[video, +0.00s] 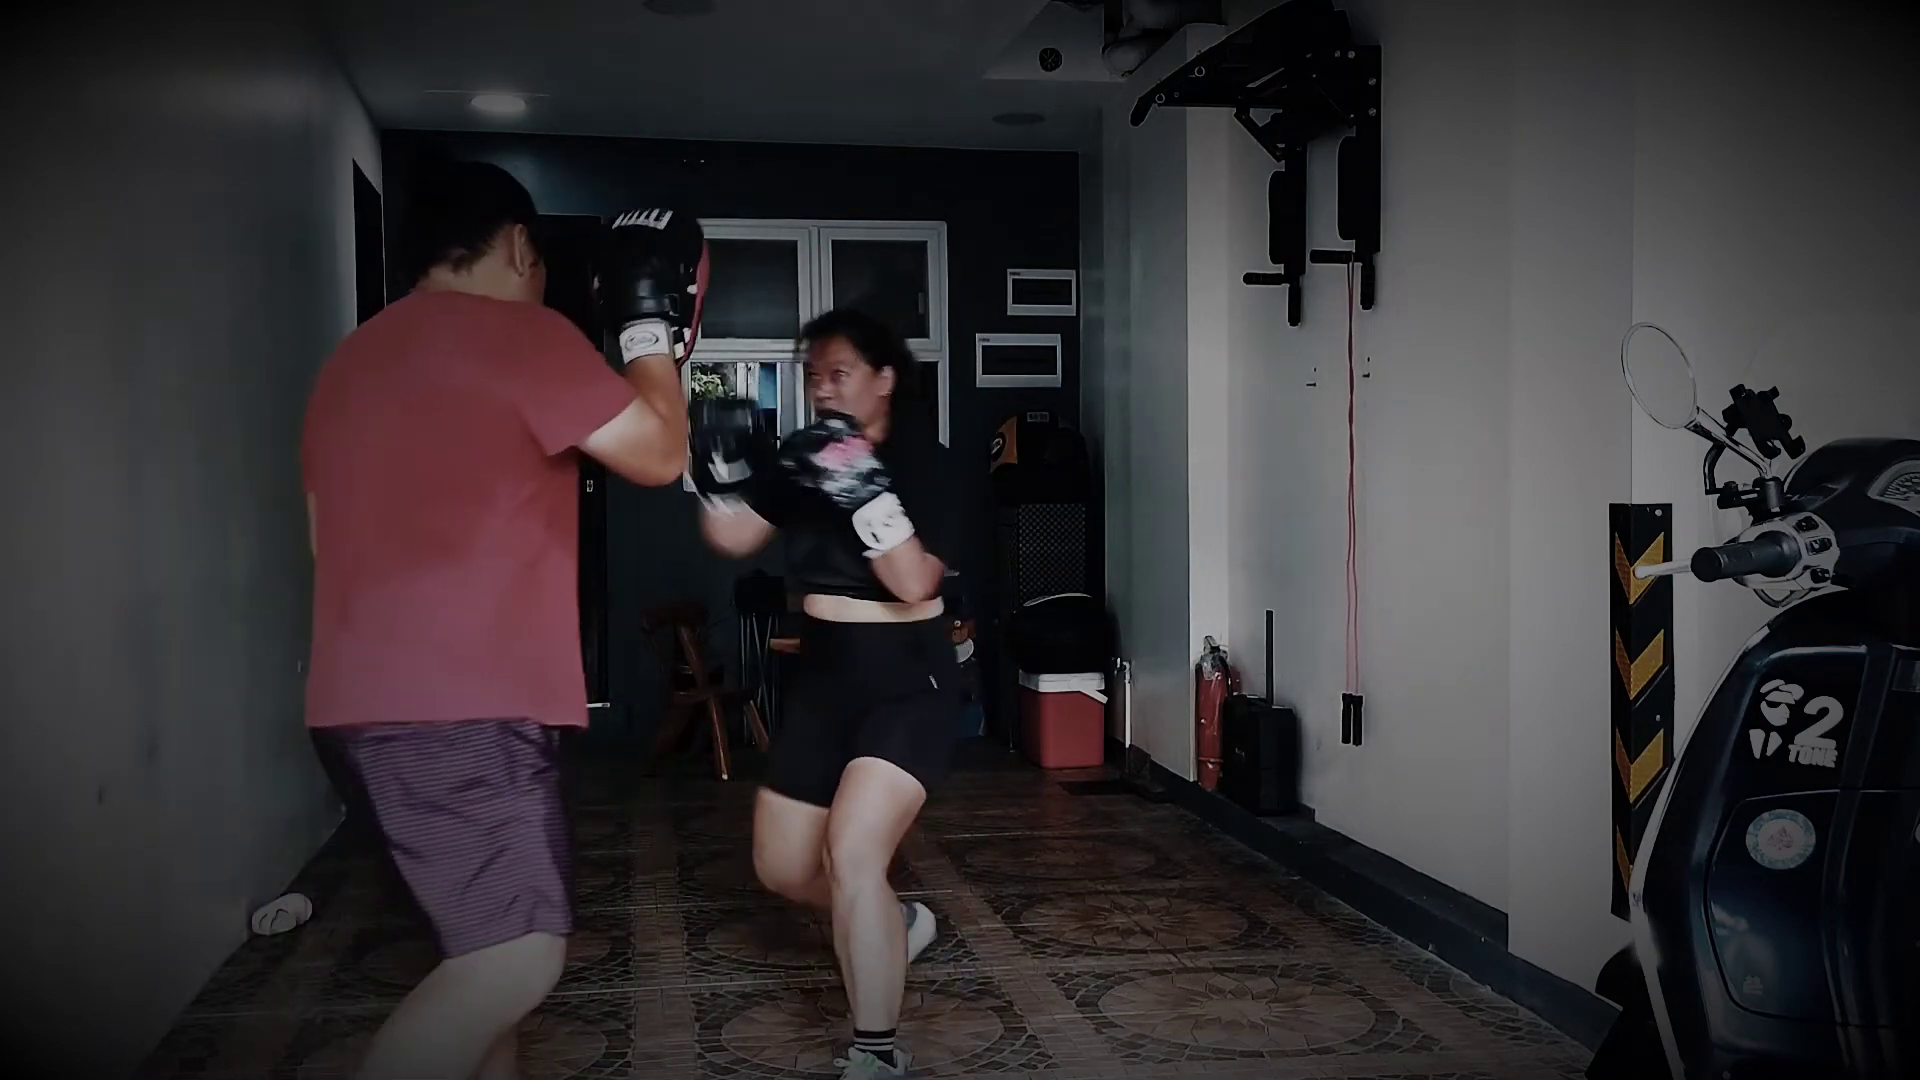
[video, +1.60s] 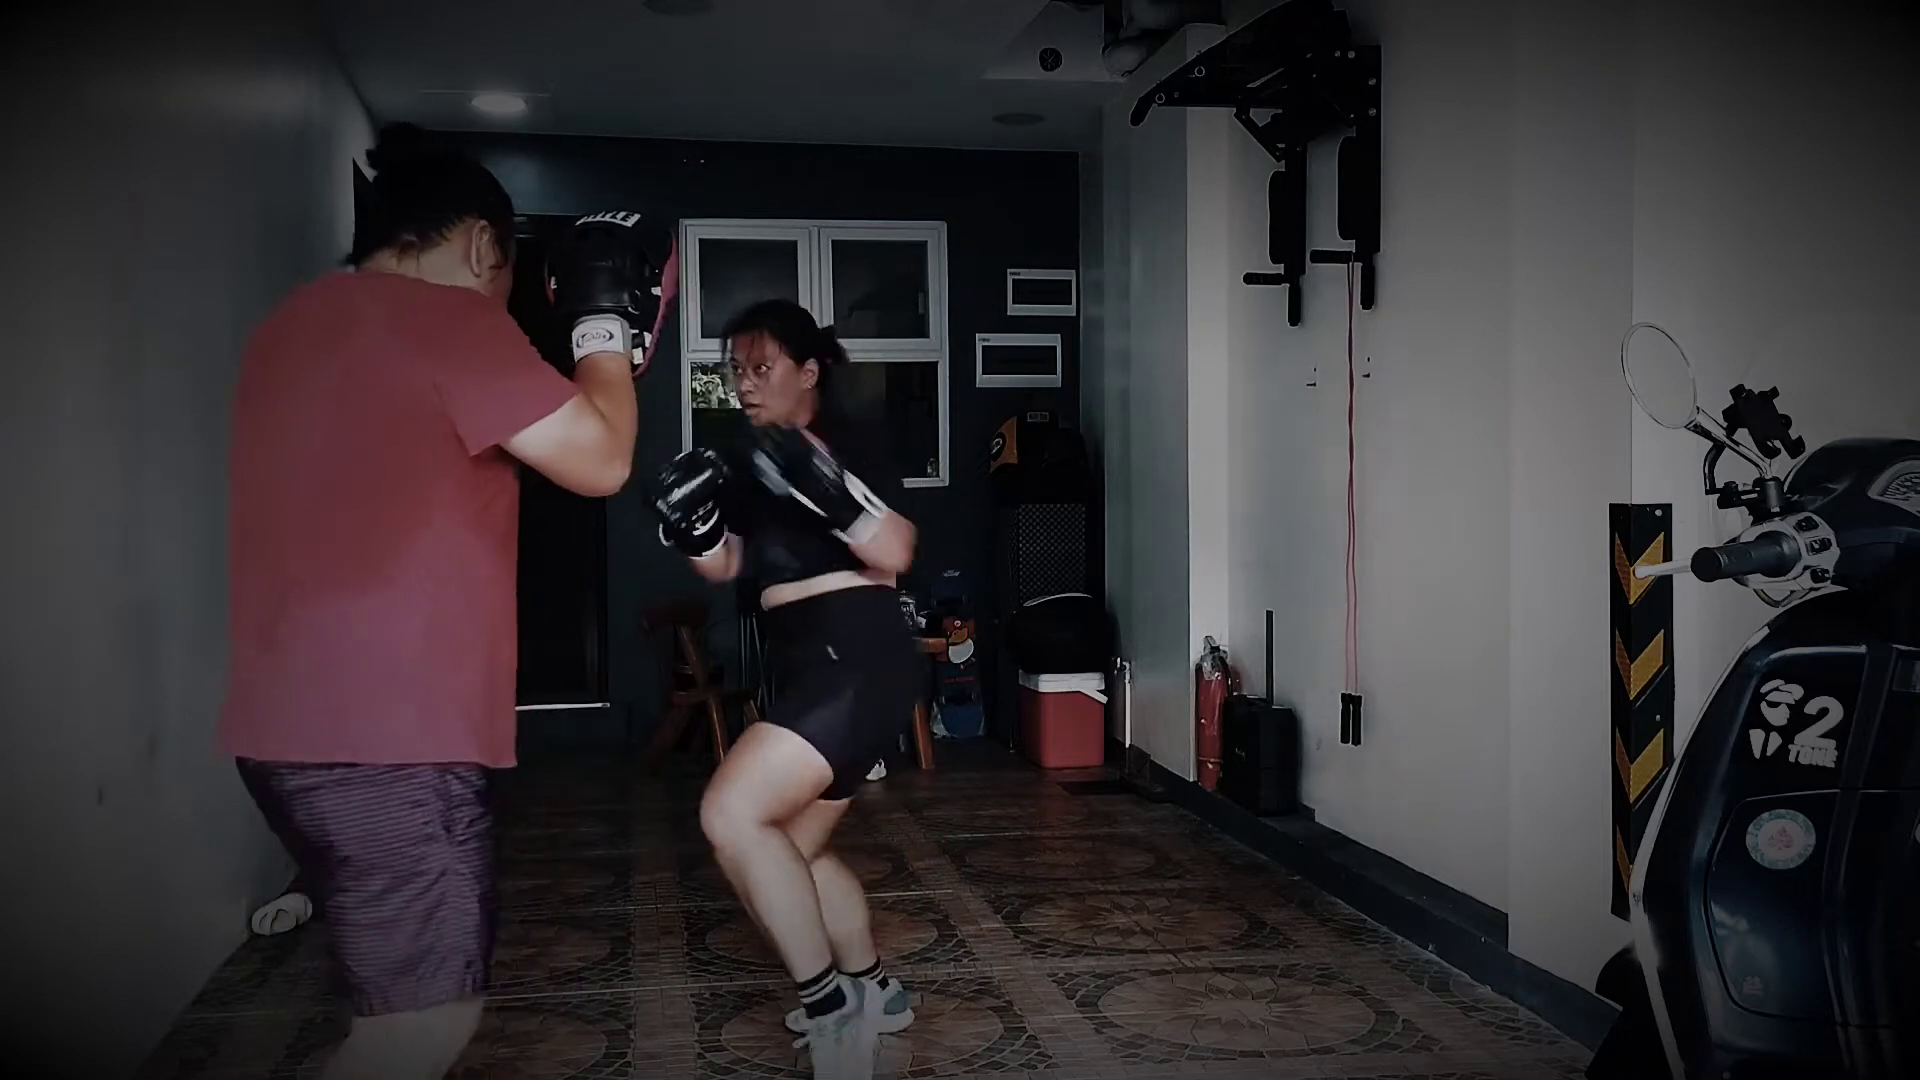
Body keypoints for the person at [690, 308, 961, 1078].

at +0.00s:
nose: (824, 390)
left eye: (841, 375)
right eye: (815, 377)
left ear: (889, 380)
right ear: (807, 386)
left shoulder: (930, 465)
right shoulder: (801, 464)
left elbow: (917, 585)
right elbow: (734, 540)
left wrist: (866, 492)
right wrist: (720, 471)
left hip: (910, 679)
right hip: (821, 674)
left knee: (855, 849)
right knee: (785, 866)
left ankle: (874, 1054)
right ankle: (906, 926)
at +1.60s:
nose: (746, 383)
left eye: (761, 367)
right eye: (739, 369)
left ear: (808, 371)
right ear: (736, 377)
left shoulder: (841, 442)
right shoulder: (751, 463)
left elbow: (894, 553)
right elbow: (724, 567)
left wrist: (816, 489)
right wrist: (694, 524)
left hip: (863, 656)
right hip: (809, 661)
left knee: (732, 811)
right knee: (797, 847)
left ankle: (826, 1004)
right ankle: (871, 991)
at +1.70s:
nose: (728, 377)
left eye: (741, 358)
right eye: (721, 365)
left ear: (791, 357)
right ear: (727, 371)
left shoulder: (812, 414)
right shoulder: (798, 434)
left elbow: (771, 469)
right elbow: (779, 559)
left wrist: (690, 405)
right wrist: (721, 523)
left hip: (848, 649)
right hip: (881, 648)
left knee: (748, 841)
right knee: (823, 840)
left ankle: (849, 1033)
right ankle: (871, 990)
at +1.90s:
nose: (743, 362)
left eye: (758, 344)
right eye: (739, 347)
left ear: (812, 348)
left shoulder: (852, 422)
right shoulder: (754, 436)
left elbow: (805, 529)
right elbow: (752, 562)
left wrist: (713, 468)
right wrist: (703, 512)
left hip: (869, 666)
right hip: (794, 664)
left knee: (809, 886)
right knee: (777, 838)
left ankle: (857, 1068)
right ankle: (873, 983)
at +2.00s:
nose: (758, 364)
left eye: (777, 349)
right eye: (755, 347)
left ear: (833, 356)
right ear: (752, 351)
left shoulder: (884, 447)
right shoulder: (743, 433)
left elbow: (929, 580)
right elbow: (617, 455)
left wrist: (833, 536)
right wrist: (614, 370)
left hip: (878, 670)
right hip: (790, 673)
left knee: (831, 880)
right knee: (774, 868)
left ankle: (861, 1066)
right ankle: (884, 990)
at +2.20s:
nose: (755, 373)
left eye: (771, 355)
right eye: (748, 357)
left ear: (826, 358)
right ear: (748, 363)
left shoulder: (867, 442)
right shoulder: (764, 452)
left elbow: (863, 563)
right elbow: (706, 537)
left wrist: (778, 495)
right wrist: (649, 497)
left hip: (870, 674)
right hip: (800, 674)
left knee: (780, 880)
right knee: (816, 862)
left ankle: (854, 1069)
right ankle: (889, 993)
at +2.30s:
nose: (744, 385)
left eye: (760, 367)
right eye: (739, 368)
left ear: (814, 370)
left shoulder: (840, 433)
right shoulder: (775, 443)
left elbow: (740, 500)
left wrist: (664, 430)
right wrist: (721, 528)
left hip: (872, 682)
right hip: (804, 674)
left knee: (764, 896)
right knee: (812, 867)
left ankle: (836, 1074)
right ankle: (884, 995)